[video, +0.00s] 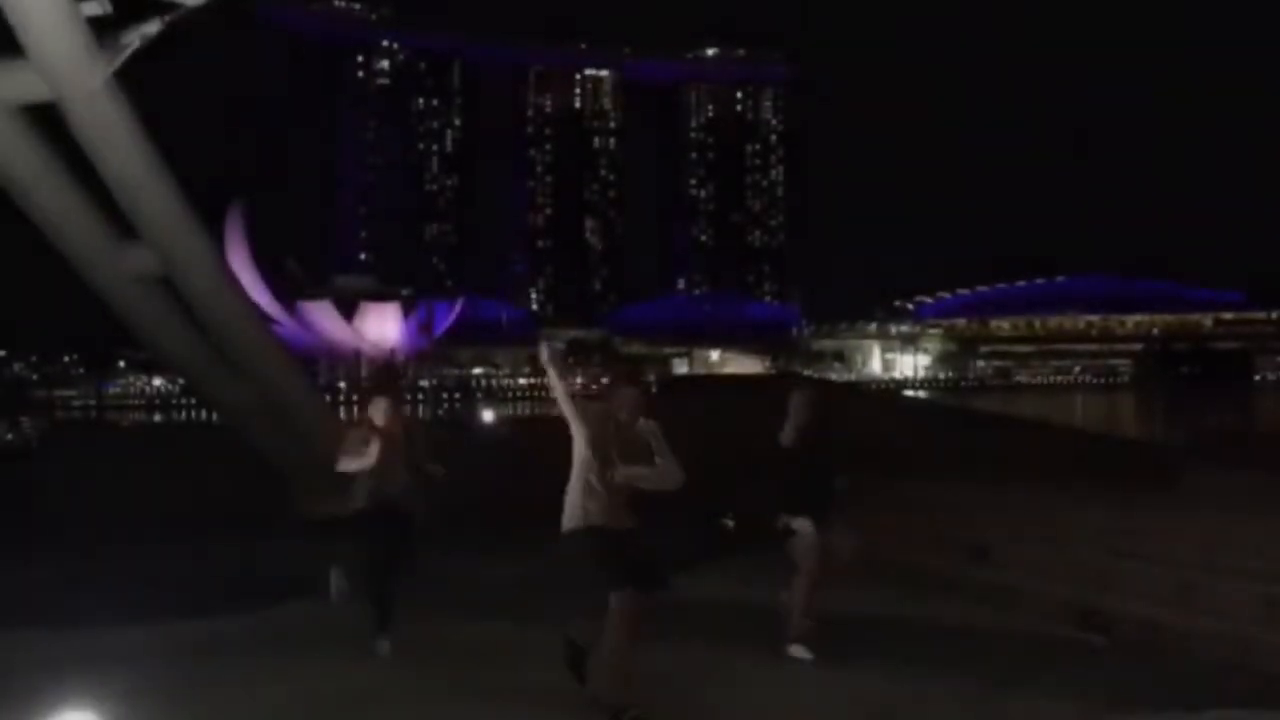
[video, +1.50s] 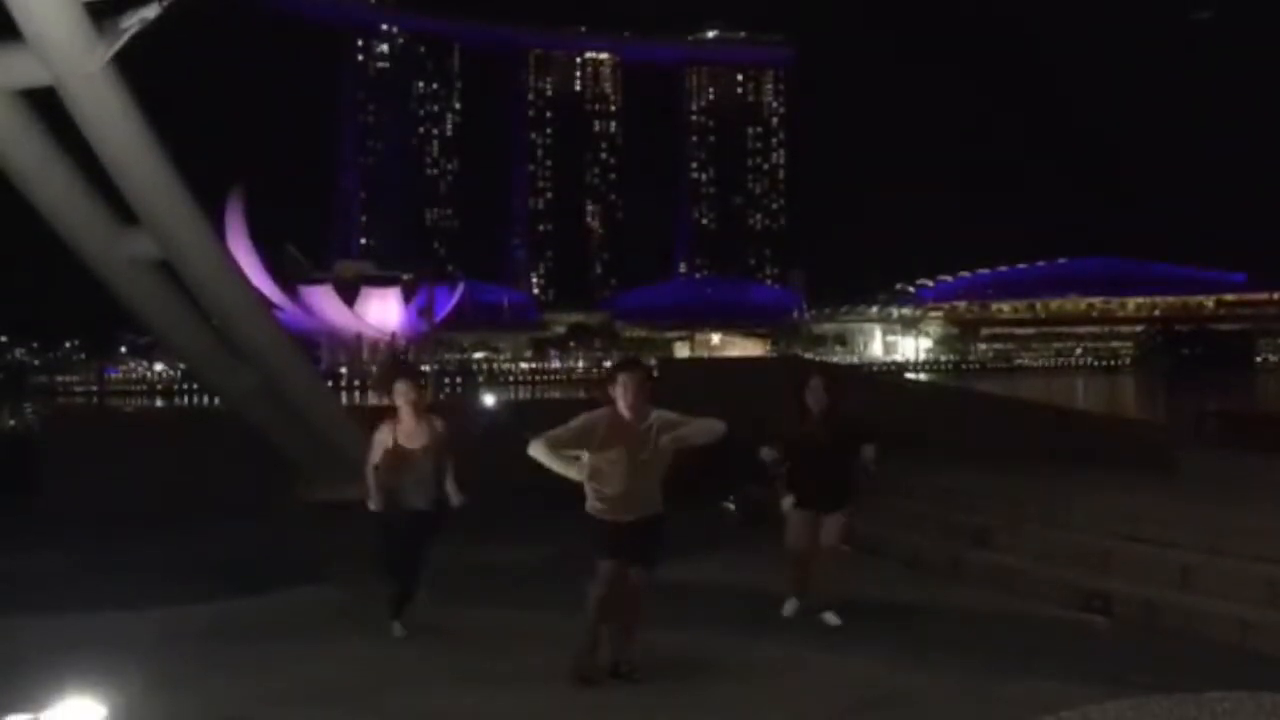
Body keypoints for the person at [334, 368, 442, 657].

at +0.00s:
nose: (382, 414)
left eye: (388, 408)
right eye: (377, 408)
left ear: (395, 409)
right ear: (368, 408)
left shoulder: (405, 434)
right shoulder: (359, 434)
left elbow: (418, 467)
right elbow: (344, 464)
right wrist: (370, 454)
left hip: (399, 508)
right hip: (367, 508)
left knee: (392, 570)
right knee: (375, 570)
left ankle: (386, 629)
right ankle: (381, 630)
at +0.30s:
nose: (400, 424)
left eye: (404, 419)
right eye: (395, 418)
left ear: (408, 421)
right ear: (386, 421)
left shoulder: (411, 448)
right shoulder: (379, 447)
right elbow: (394, 440)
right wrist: (412, 415)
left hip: (410, 517)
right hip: (384, 518)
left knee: (408, 578)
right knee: (387, 580)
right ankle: (383, 635)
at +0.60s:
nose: (419, 422)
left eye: (423, 416)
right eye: (413, 416)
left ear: (430, 418)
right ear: (405, 420)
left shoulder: (438, 448)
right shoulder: (394, 447)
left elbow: (459, 480)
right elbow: (356, 461)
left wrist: (454, 446)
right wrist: (345, 502)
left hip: (427, 519)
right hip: (393, 520)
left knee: (428, 574)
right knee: (390, 574)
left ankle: (429, 627)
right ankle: (383, 632)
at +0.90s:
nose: (374, 409)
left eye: (378, 403)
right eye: (374, 403)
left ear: (393, 404)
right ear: (388, 405)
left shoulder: (419, 424)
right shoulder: (388, 433)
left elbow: (464, 429)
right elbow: (387, 467)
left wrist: (460, 470)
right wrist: (386, 499)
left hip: (429, 498)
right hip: (404, 500)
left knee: (399, 553)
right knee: (410, 556)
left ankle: (387, 613)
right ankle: (429, 613)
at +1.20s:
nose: (376, 412)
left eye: (380, 406)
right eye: (372, 407)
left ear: (393, 405)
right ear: (370, 410)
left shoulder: (412, 423)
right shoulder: (385, 435)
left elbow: (456, 415)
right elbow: (379, 460)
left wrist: (485, 444)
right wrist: (376, 471)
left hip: (433, 497)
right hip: (409, 499)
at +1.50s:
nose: (405, 399)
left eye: (409, 392)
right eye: (400, 393)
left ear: (419, 394)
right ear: (393, 398)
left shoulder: (435, 426)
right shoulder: (387, 432)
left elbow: (445, 458)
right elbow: (371, 465)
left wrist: (451, 488)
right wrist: (374, 494)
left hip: (427, 506)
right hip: (396, 506)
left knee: (415, 562)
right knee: (395, 559)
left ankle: (397, 616)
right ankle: (397, 605)